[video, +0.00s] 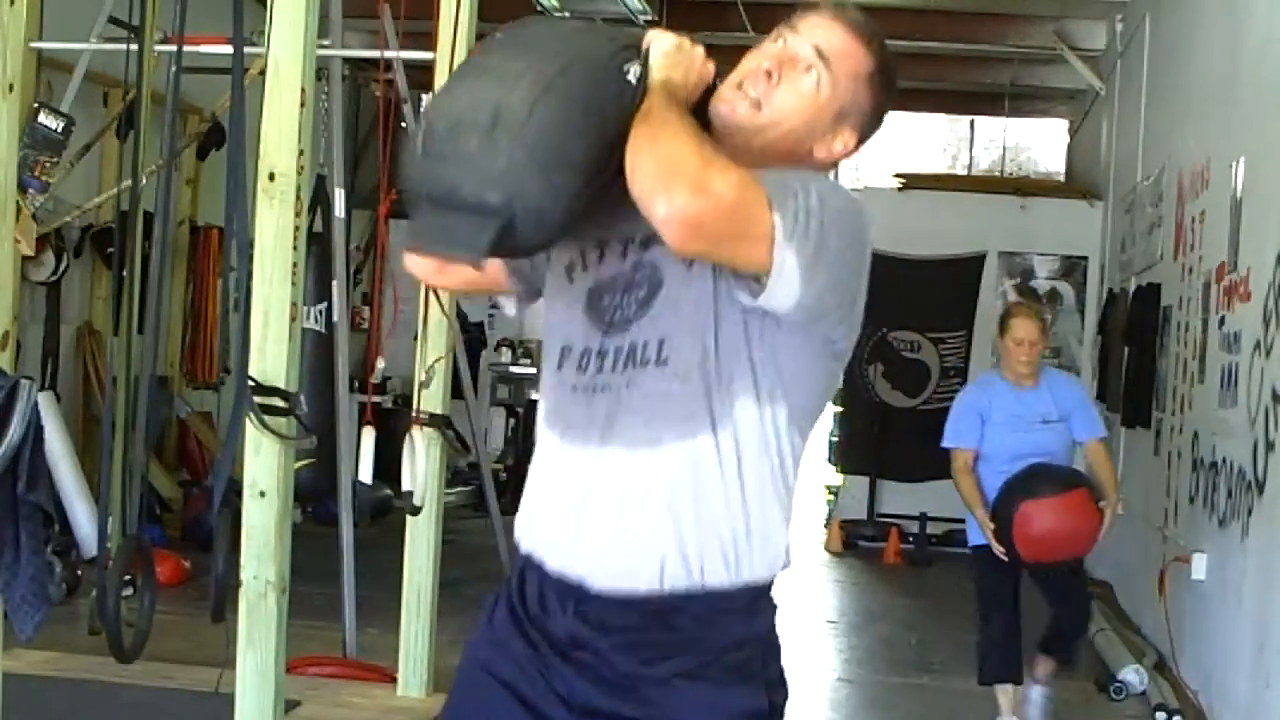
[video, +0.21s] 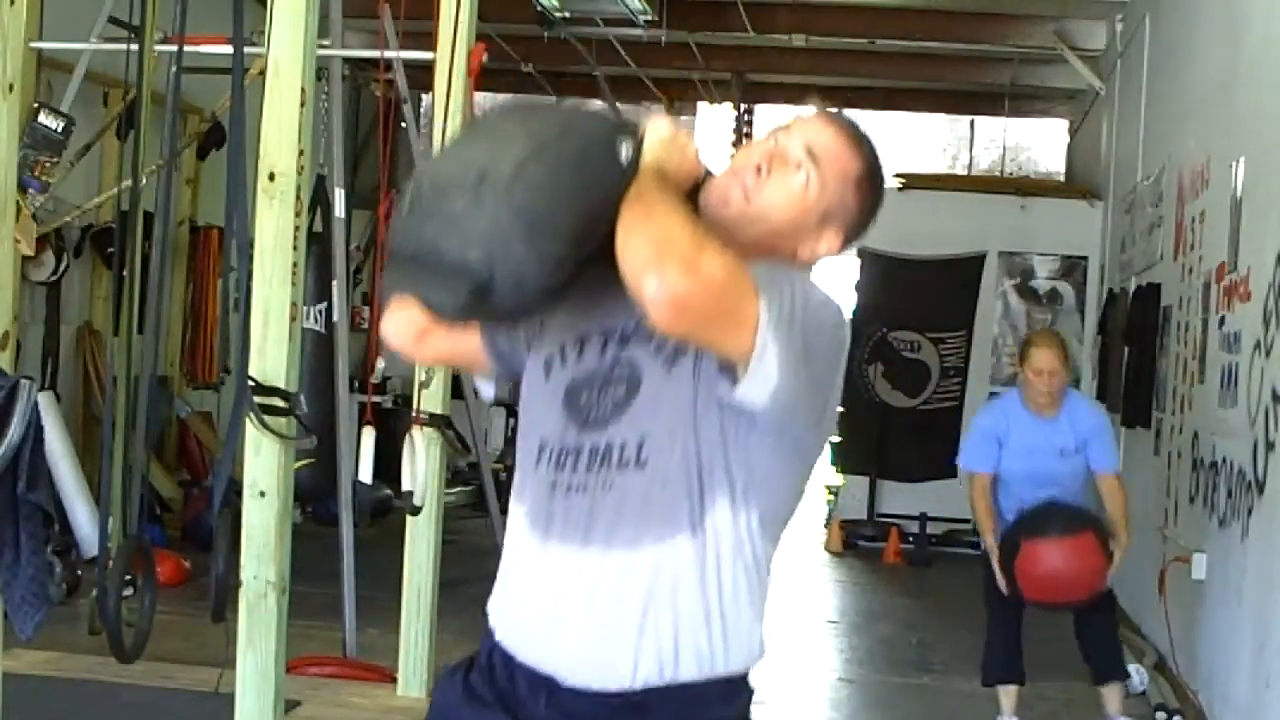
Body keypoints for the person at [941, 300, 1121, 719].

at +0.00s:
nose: (1027, 351)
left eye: (1034, 343)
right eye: (1018, 342)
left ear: (1044, 344)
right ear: (1000, 344)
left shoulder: (1068, 389)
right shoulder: (977, 395)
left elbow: (1094, 448)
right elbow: (961, 465)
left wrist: (1111, 495)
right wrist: (981, 515)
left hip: (1052, 526)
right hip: (993, 527)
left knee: (1073, 609)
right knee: (999, 618)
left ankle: (1039, 678)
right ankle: (1006, 710)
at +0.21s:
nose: (1046, 381)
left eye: (1054, 372)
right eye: (1037, 372)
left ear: (1067, 372)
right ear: (1021, 372)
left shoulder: (1089, 415)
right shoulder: (994, 417)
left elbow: (1108, 479)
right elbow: (980, 485)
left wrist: (1120, 535)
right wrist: (992, 544)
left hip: (1074, 529)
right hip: (1011, 533)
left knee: (1100, 614)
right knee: (1004, 616)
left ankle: (1114, 711)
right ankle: (1007, 712)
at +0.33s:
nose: (1059, 438)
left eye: (1067, 428)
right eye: (1050, 429)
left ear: (1080, 428)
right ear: (1036, 427)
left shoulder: (1100, 465)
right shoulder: (1008, 465)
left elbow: (1115, 537)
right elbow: (997, 538)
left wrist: (1124, 601)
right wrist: (998, 611)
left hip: (1087, 569)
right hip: (1025, 569)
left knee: (1126, 622)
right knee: (993, 615)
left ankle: (1127, 713)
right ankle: (1006, 712)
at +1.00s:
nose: (1088, 402)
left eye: (1097, 393)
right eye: (1081, 392)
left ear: (1111, 402)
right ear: (1066, 397)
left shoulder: (1127, 451)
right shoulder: (1037, 442)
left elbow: (1131, 524)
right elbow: (1013, 508)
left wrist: (1111, 556)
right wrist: (1004, 547)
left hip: (1100, 557)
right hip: (1043, 551)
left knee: (1144, 639)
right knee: (1002, 619)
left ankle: (1129, 713)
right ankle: (1007, 713)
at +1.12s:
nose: (1099, 357)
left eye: (1107, 349)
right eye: (1091, 348)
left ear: (1118, 359)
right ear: (1075, 353)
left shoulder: (1133, 410)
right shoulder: (1045, 402)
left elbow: (1140, 479)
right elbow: (1016, 460)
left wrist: (1114, 465)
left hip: (1107, 541)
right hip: (1044, 536)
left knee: (1136, 631)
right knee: (1012, 617)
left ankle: (1130, 713)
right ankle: (1007, 711)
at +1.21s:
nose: (1105, 324)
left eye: (1114, 317)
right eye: (1099, 314)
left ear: (1125, 326)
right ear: (1082, 319)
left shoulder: (1139, 378)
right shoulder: (1055, 370)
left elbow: (1149, 440)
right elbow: (1006, 440)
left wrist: (1113, 396)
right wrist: (991, 402)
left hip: (1112, 516)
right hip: (1048, 513)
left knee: (1130, 615)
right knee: (1022, 609)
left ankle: (1140, 712)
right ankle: (1000, 707)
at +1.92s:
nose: (1126, 340)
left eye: (1137, 338)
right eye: (1121, 331)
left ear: (1145, 354)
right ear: (1103, 337)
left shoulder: (1143, 391)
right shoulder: (1056, 396)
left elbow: (1124, 388)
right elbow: (1004, 437)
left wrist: (1083, 337)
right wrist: (1000, 384)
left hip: (1106, 534)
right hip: (1044, 530)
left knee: (1132, 638)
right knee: (1020, 629)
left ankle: (1131, 713)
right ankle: (1005, 710)